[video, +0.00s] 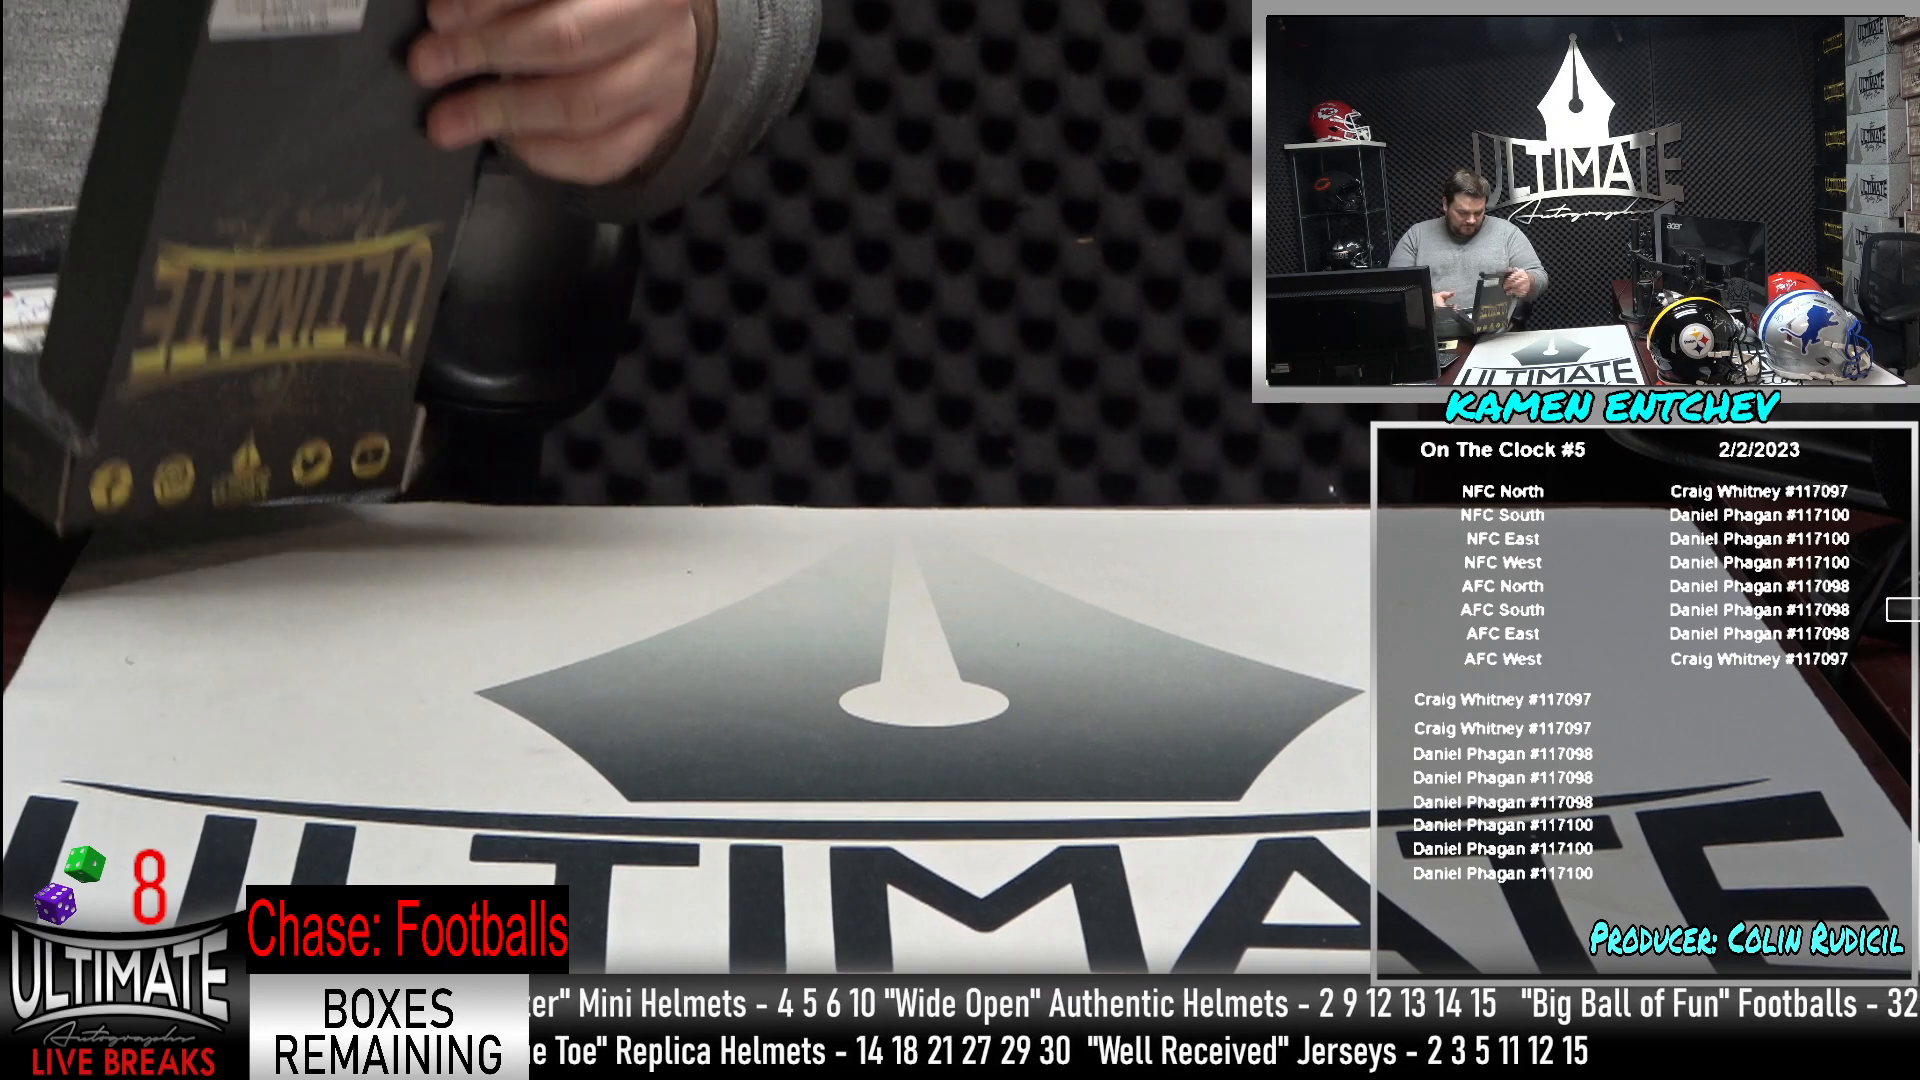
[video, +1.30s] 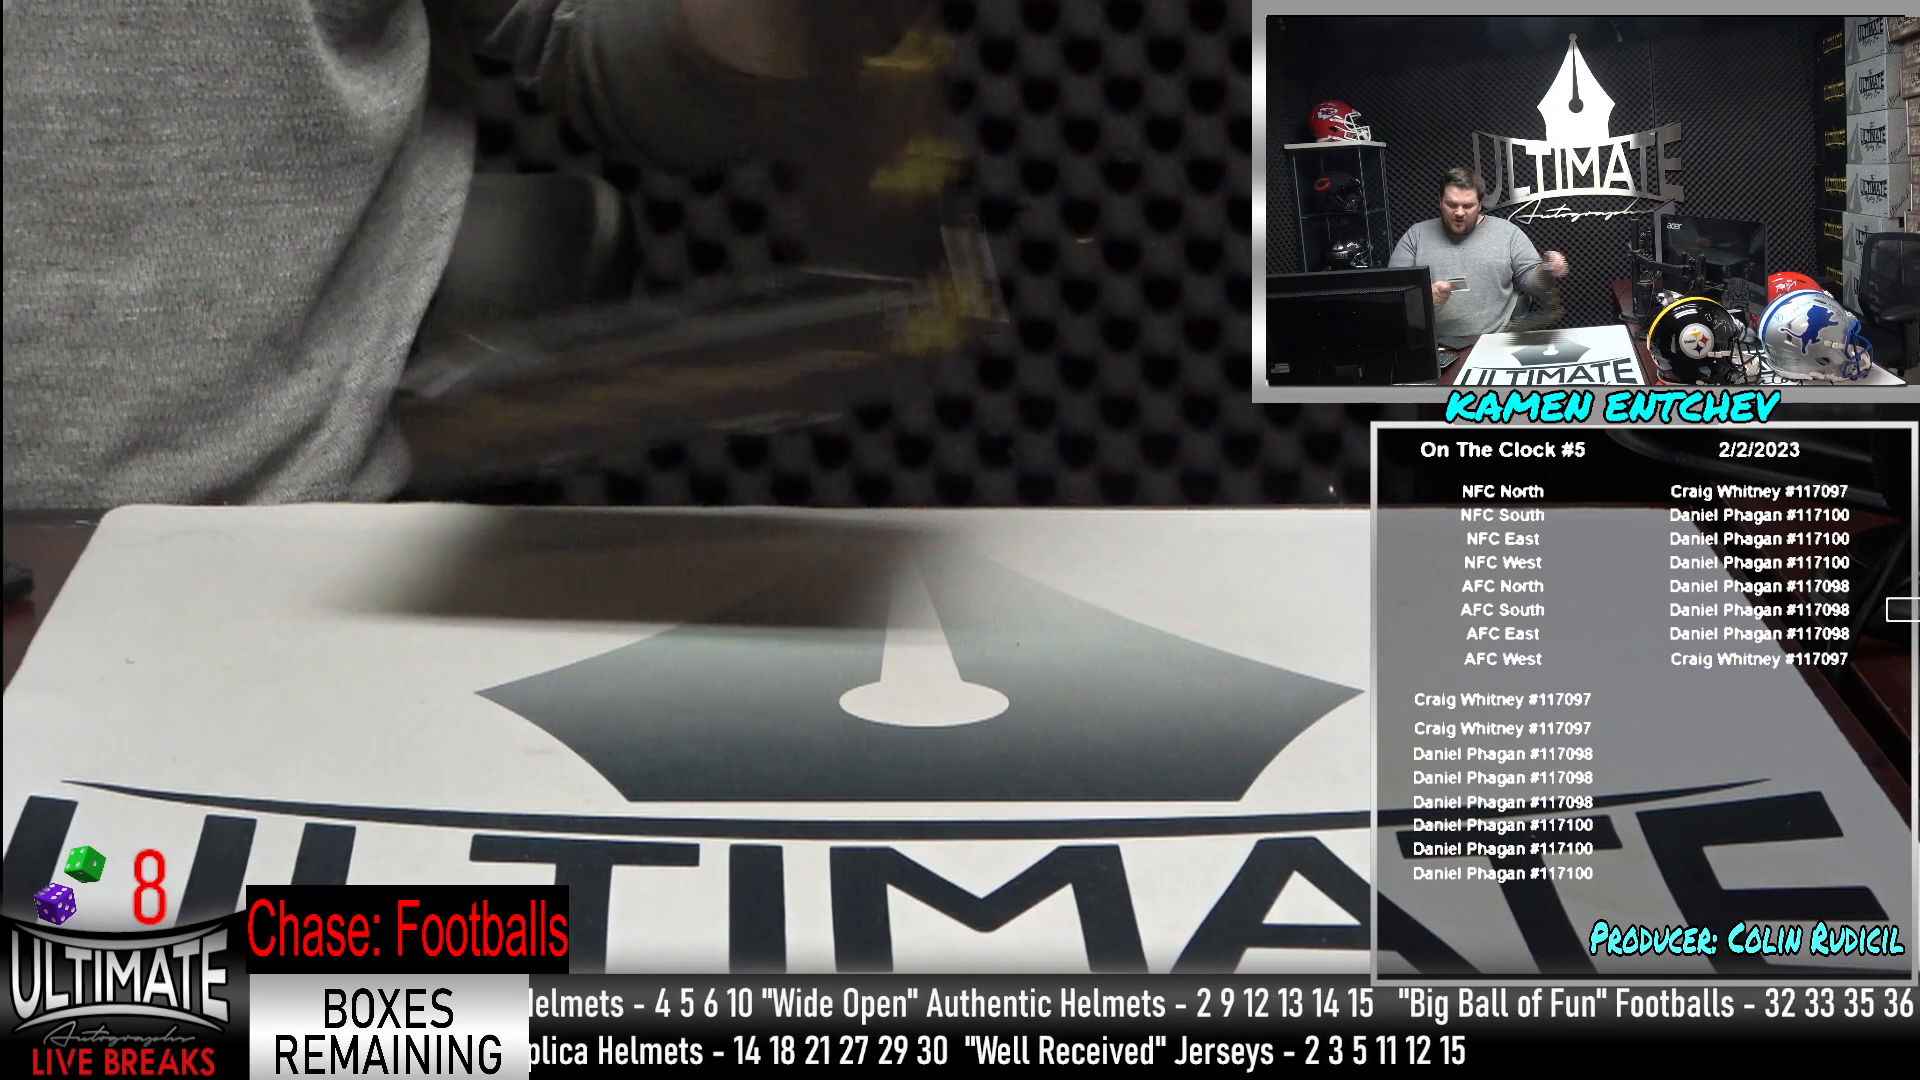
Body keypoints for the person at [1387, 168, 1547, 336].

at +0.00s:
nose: (1471, 220)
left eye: (1478, 213)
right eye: (1463, 213)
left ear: (1485, 206)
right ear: (1445, 205)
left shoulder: (1506, 234)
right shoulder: (1417, 236)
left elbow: (1539, 275)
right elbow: (1393, 287)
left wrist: (1528, 283)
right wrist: (1424, 300)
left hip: (1496, 343)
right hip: (1434, 347)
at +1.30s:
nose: (1459, 213)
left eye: (1467, 206)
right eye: (1452, 205)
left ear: (1479, 204)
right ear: (1441, 202)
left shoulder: (1507, 234)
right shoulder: (1417, 236)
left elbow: (1527, 276)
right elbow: (1391, 289)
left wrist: (1548, 272)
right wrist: (1424, 293)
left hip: (1494, 347)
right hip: (1433, 351)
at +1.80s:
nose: (1461, 209)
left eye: (1468, 200)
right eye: (1452, 202)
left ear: (1480, 199)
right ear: (1441, 203)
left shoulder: (1508, 233)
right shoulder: (1418, 235)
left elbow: (1542, 277)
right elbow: (1392, 287)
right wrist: (1428, 289)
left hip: (1496, 346)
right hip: (1434, 351)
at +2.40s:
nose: (1474, 209)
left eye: (1480, 201)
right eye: (1465, 202)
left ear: (1489, 200)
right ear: (1450, 201)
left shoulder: (1511, 234)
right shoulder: (1424, 234)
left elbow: (1541, 283)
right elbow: (1389, 280)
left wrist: (1507, 282)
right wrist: (1422, 301)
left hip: (1497, 346)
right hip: (1437, 350)